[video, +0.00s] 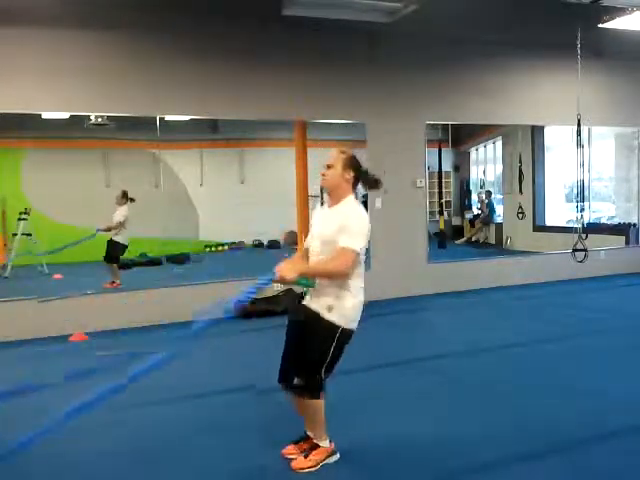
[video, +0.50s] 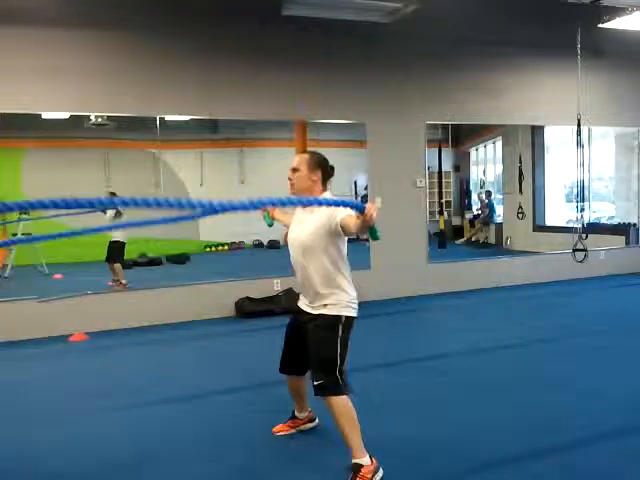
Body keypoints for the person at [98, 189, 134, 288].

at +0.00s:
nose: (116, 199)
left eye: (119, 198)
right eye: (117, 197)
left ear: (123, 200)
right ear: (123, 199)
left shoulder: (123, 211)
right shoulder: (120, 209)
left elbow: (118, 225)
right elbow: (118, 224)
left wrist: (106, 229)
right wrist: (107, 228)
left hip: (120, 239)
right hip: (116, 238)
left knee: (112, 260)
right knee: (109, 260)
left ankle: (117, 280)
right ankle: (115, 280)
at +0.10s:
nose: (117, 195)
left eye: (119, 194)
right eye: (118, 193)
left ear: (124, 195)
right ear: (123, 195)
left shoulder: (124, 205)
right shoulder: (120, 204)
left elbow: (122, 216)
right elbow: (116, 217)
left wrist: (108, 217)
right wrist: (102, 219)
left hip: (121, 236)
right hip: (117, 235)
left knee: (116, 260)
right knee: (114, 259)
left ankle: (116, 279)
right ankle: (115, 279)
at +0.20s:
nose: (118, 189)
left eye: (120, 187)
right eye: (119, 187)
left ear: (124, 189)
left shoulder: (125, 197)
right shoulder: (118, 199)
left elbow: (124, 204)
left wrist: (104, 204)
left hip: (121, 231)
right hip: (115, 230)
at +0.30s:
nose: (114, 190)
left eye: (116, 188)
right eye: (115, 188)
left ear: (119, 189)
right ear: (123, 189)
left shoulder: (123, 197)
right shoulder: (118, 198)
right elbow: (109, 201)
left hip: (120, 230)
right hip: (115, 230)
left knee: (120, 255)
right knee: (115, 254)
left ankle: (120, 276)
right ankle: (116, 274)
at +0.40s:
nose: (108, 197)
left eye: (110, 195)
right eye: (109, 195)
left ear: (114, 195)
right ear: (114, 195)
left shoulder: (119, 205)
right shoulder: (113, 205)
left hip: (121, 234)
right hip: (116, 234)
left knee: (120, 259)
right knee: (116, 259)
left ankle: (122, 280)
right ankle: (118, 278)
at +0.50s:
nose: (108, 201)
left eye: (109, 199)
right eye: (108, 199)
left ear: (113, 200)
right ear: (112, 200)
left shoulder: (116, 210)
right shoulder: (111, 210)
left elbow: (109, 219)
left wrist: (106, 212)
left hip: (119, 237)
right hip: (115, 236)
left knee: (116, 260)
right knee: (110, 260)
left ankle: (122, 280)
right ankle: (116, 279)